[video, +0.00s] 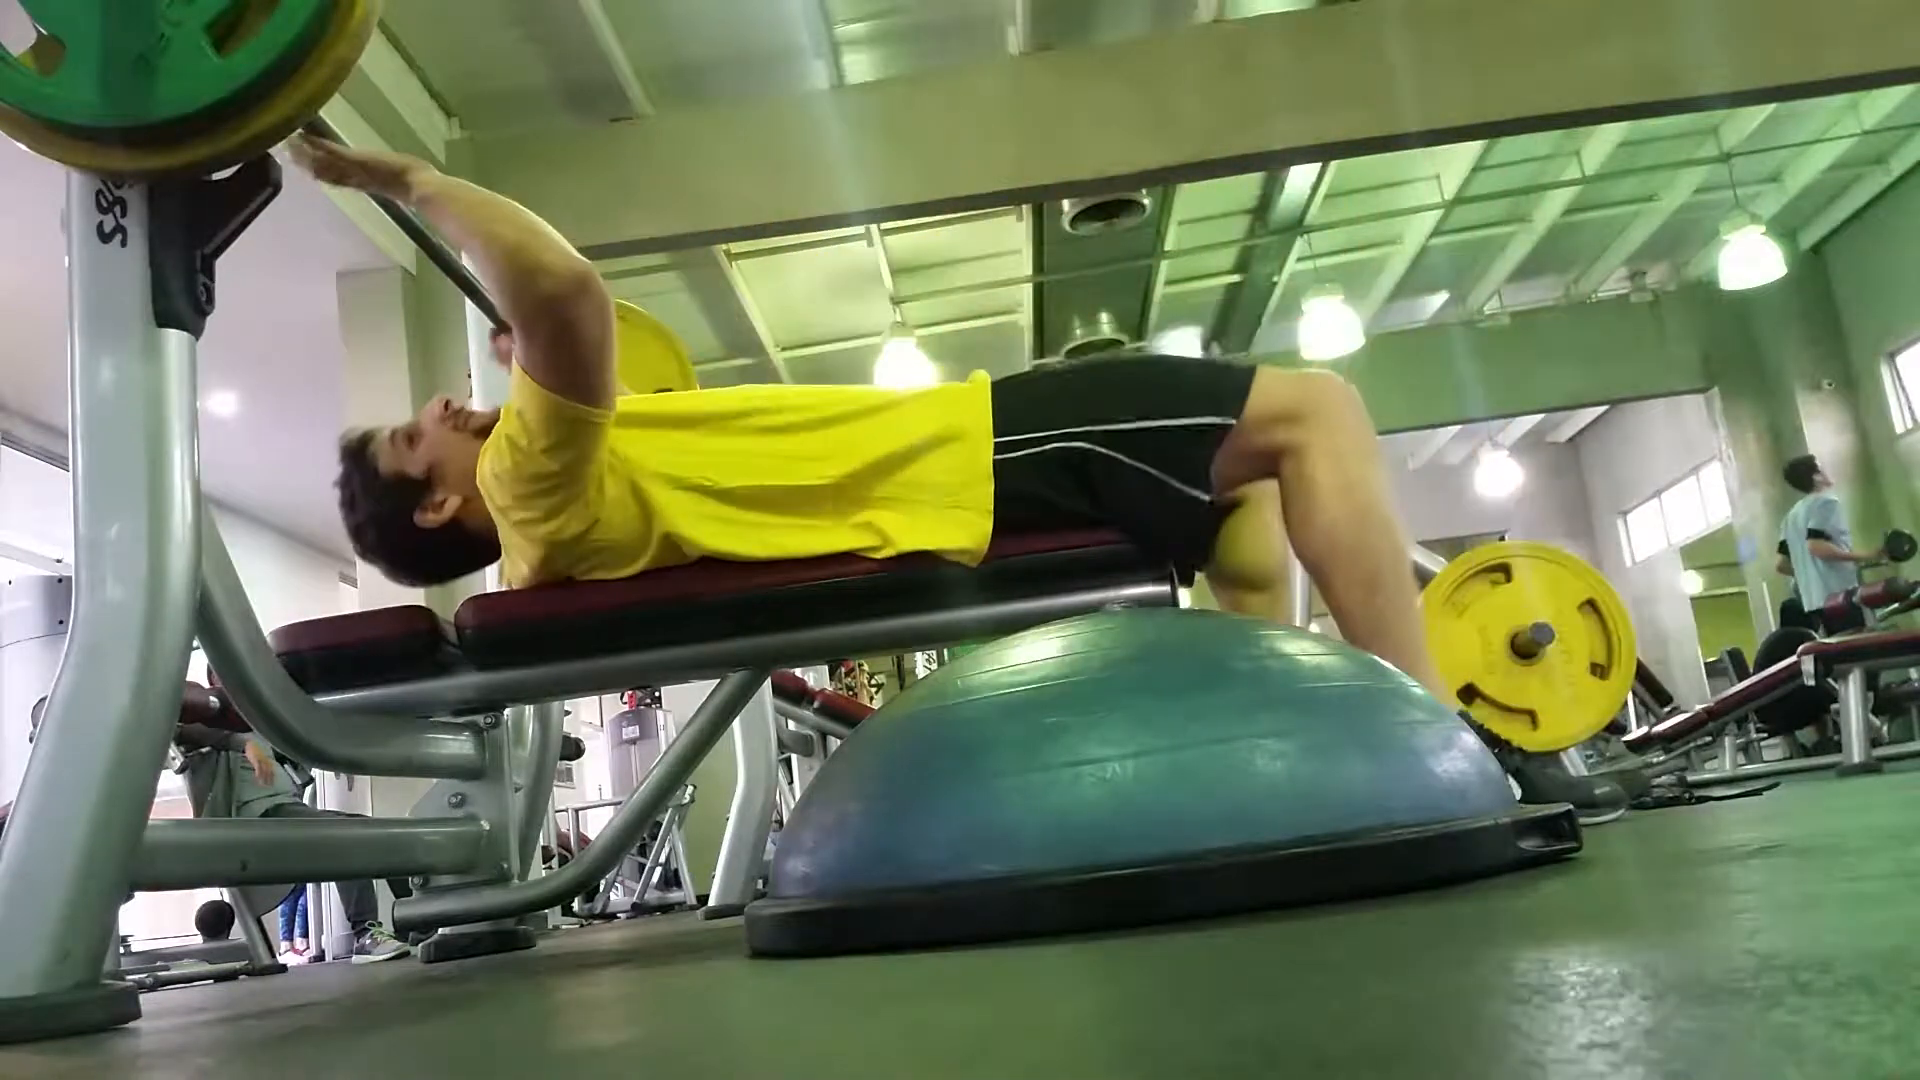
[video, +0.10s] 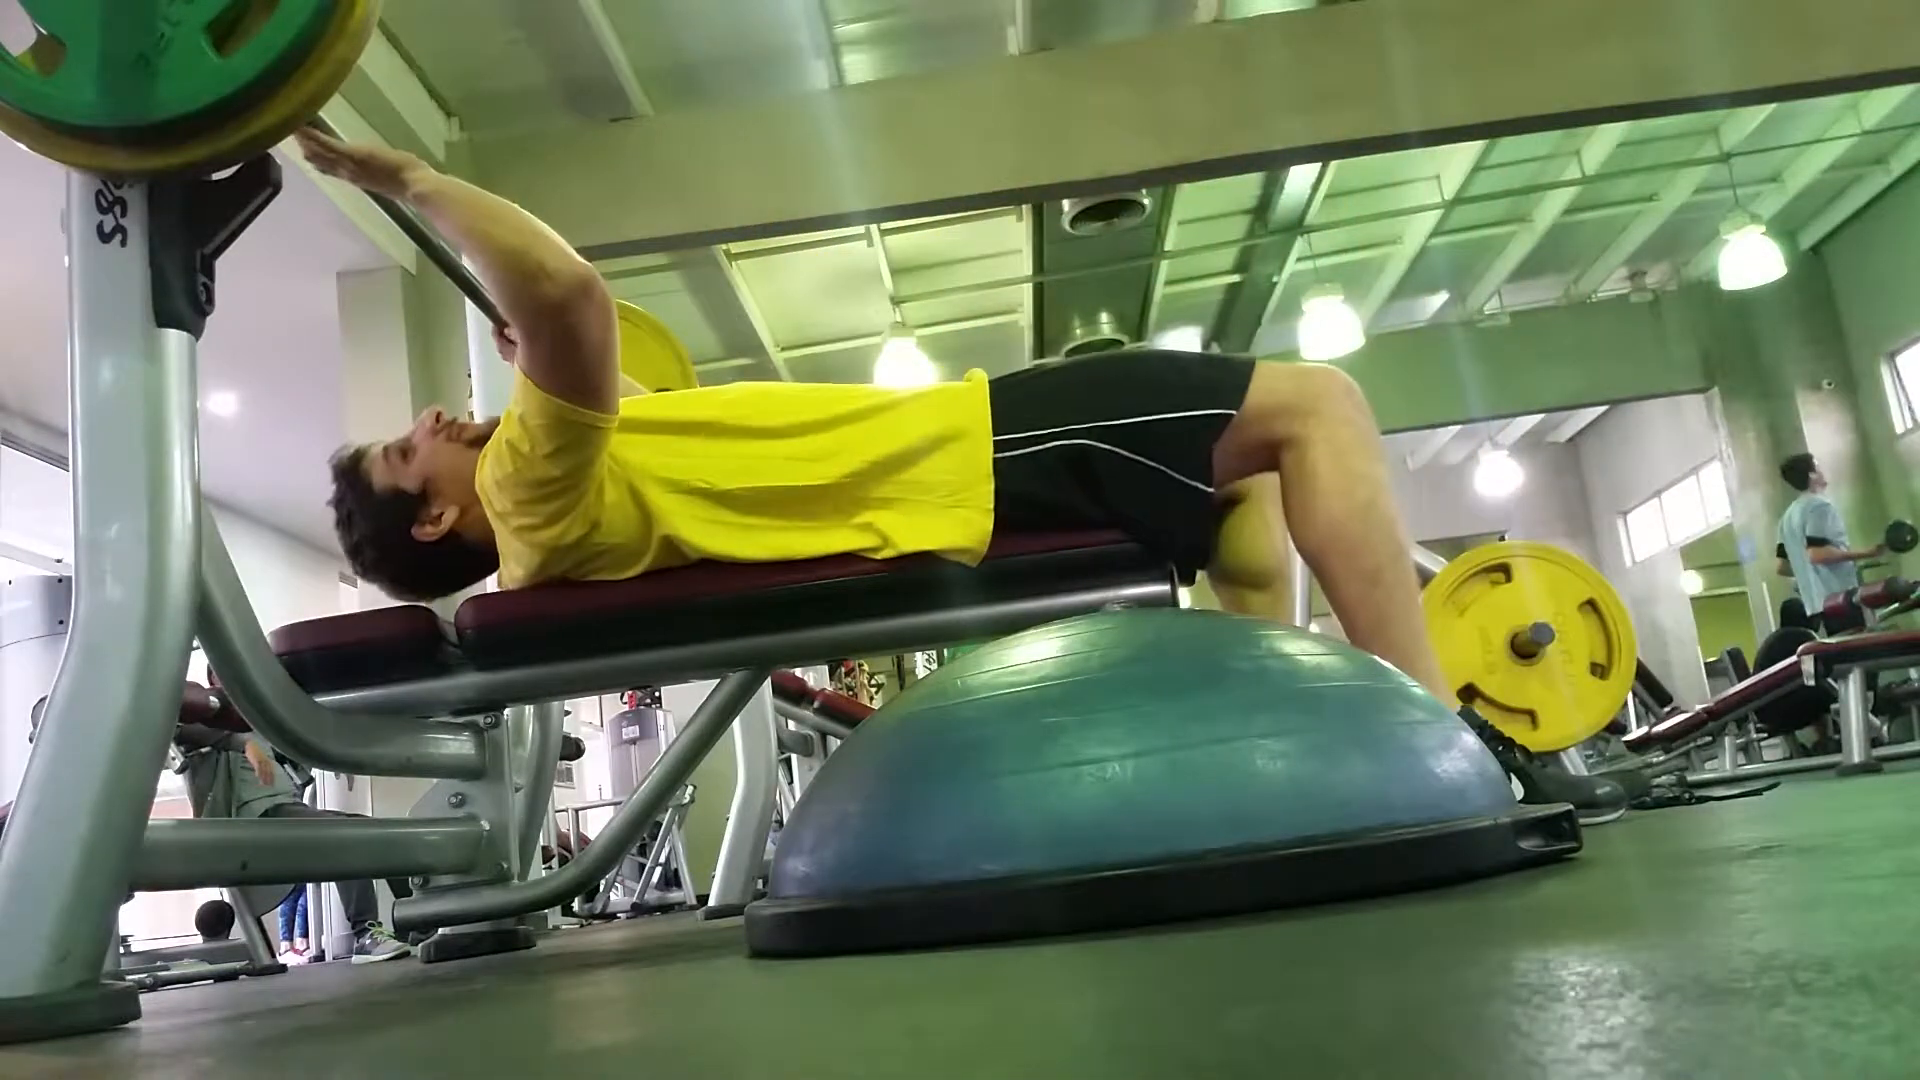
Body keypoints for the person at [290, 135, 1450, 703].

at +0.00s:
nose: (454, 399)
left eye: (431, 402)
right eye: (430, 423)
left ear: (457, 440)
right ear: (437, 497)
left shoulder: (563, 466)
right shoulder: (537, 495)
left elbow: (615, 334)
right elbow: (556, 290)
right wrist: (387, 178)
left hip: (949, 463)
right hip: (954, 459)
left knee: (1245, 518)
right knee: (1311, 409)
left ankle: (1258, 766)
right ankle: (1435, 744)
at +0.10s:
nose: (450, 414)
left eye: (430, 420)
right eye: (426, 438)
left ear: (454, 494)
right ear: (439, 512)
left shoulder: (559, 491)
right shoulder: (542, 509)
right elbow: (562, 301)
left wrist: (807, 671)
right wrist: (407, 180)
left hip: (950, 470)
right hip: (951, 451)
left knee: (1247, 510)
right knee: (1307, 402)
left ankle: (1248, 779)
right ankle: (1438, 745)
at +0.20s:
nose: (437, 421)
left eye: (415, 431)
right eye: (417, 449)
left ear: (451, 484)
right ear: (433, 527)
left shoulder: (565, 475)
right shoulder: (542, 509)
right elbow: (552, 299)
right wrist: (392, 167)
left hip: (949, 464)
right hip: (954, 451)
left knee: (1251, 500)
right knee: (1306, 408)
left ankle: (1247, 767)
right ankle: (1435, 749)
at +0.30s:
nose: (430, 429)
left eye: (407, 440)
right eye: (412, 454)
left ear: (444, 482)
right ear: (430, 528)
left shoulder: (565, 467)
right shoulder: (541, 516)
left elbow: (571, 309)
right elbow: (545, 299)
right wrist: (397, 171)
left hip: (951, 449)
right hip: (953, 458)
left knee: (1250, 488)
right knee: (1306, 407)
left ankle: (1235, 758)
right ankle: (1428, 748)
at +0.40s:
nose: (429, 438)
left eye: (407, 450)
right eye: (413, 466)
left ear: (448, 484)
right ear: (436, 535)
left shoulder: (561, 474)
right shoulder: (545, 518)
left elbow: (566, 316)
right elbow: (552, 301)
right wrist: (401, 173)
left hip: (955, 451)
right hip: (962, 460)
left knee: (1250, 480)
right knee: (1306, 407)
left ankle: (1246, 758)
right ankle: (1425, 748)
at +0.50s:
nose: (435, 441)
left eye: (412, 451)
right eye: (418, 467)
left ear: (447, 484)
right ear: (437, 536)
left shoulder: (565, 480)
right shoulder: (547, 521)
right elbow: (555, 297)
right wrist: (400, 171)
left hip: (957, 461)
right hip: (964, 455)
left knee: (1251, 488)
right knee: (1306, 408)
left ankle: (1259, 762)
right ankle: (1433, 748)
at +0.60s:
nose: (443, 446)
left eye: (420, 454)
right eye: (427, 464)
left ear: (442, 494)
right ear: (440, 521)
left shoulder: (575, 486)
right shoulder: (549, 515)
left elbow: (714, 595)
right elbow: (558, 294)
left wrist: (802, 673)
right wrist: (397, 165)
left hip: (967, 463)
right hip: (970, 454)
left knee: (1261, 506)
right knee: (1310, 410)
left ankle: (1281, 758)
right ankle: (1424, 746)